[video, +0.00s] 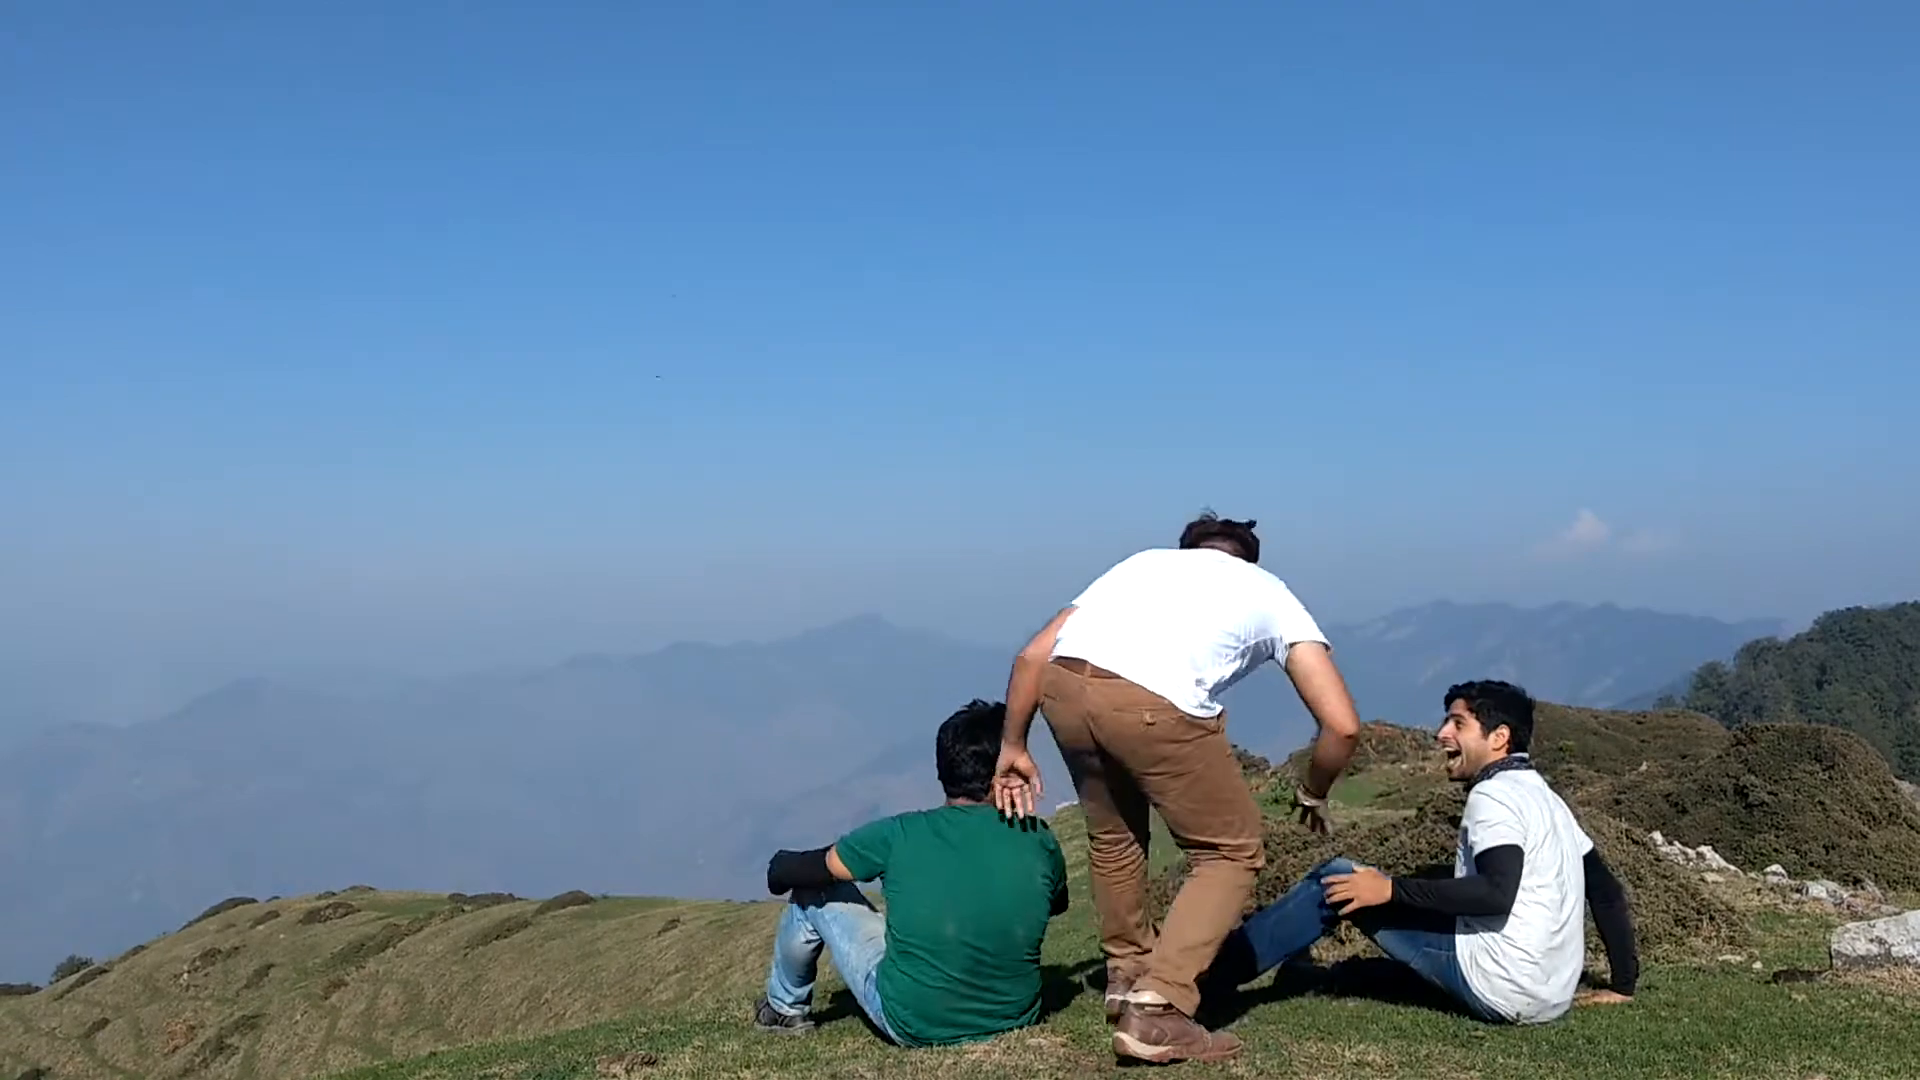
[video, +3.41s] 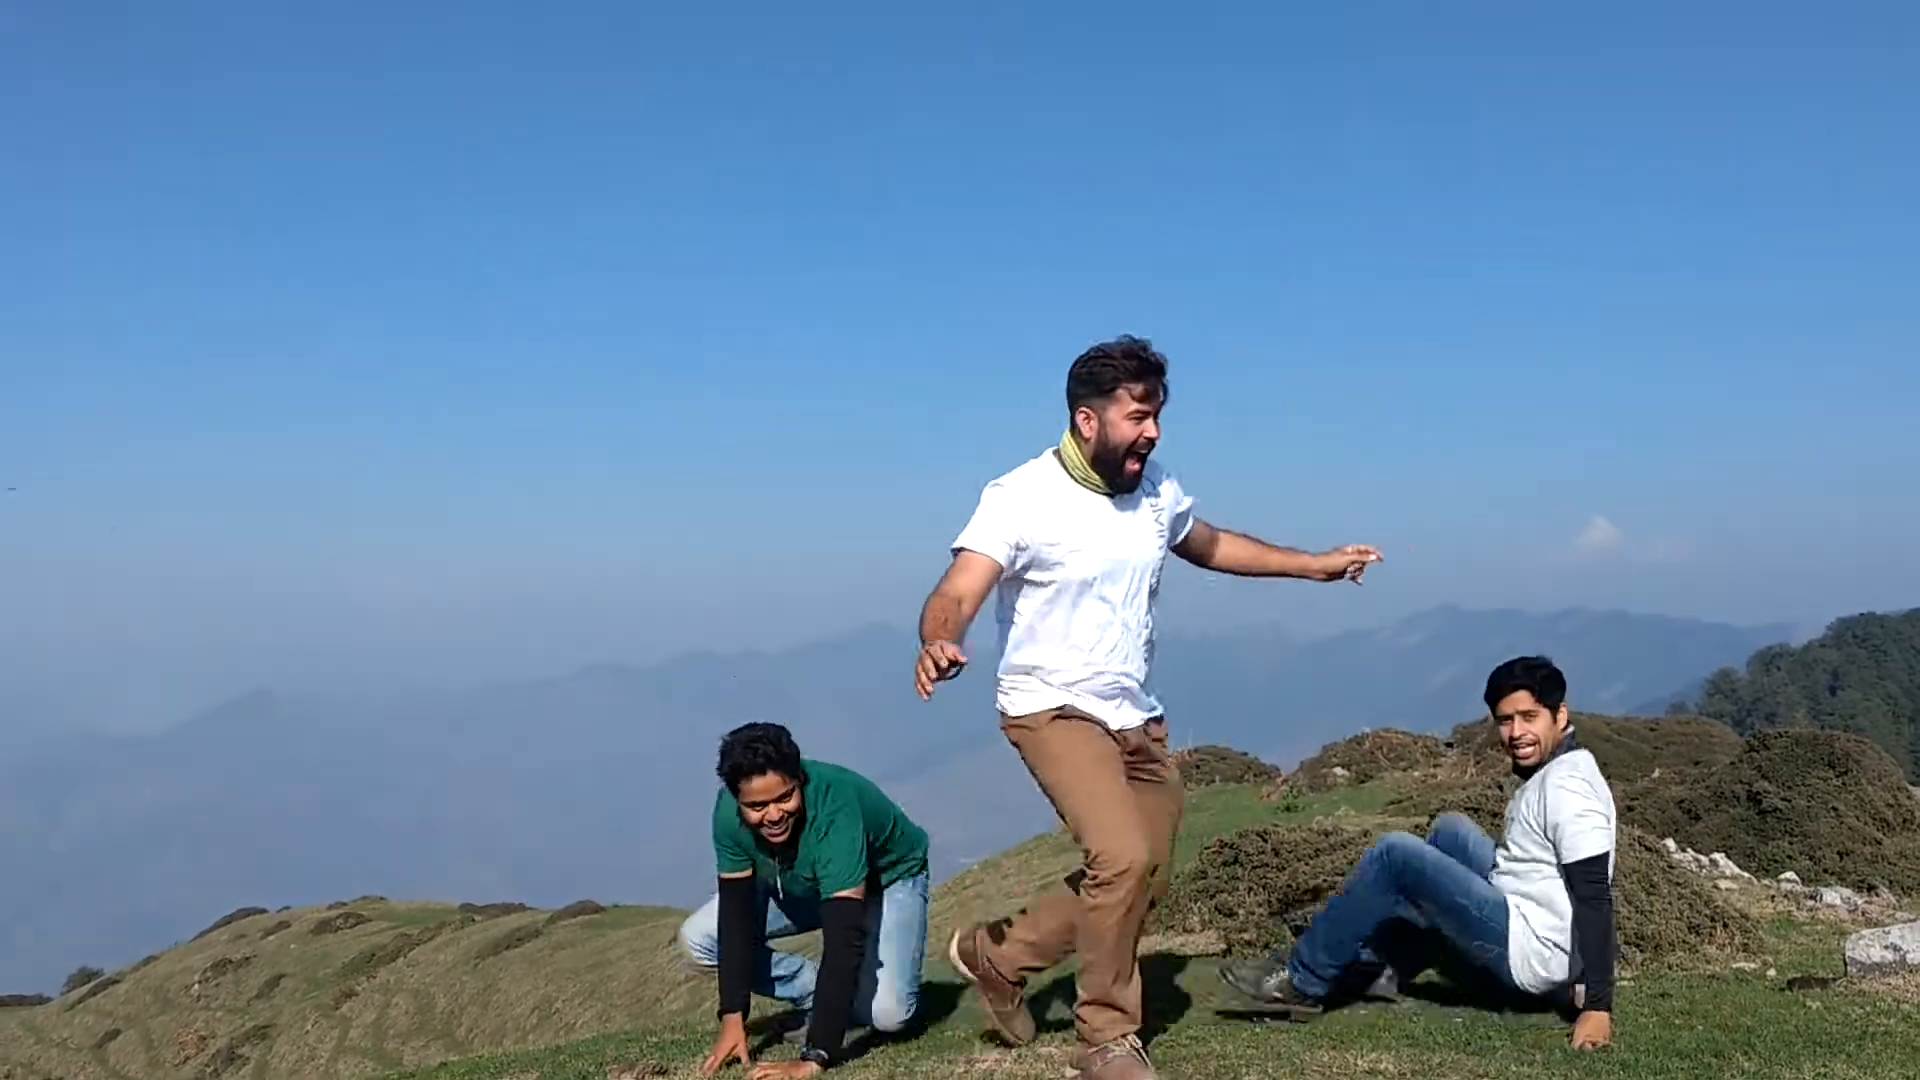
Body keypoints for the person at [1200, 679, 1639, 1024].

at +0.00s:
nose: (1442, 734)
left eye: (1457, 723)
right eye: (1446, 721)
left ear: (1500, 739)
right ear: (1504, 745)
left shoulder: (1493, 795)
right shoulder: (1548, 797)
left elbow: (1496, 893)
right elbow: (1608, 894)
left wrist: (1391, 890)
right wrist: (1626, 984)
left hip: (1498, 986)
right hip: (1549, 995)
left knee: (1337, 877)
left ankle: (1204, 978)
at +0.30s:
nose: (1443, 733)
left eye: (1458, 722)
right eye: (1445, 720)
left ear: (1501, 737)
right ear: (1503, 742)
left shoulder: (1497, 796)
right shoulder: (1544, 794)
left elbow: (1516, 889)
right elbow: (1601, 881)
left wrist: (1418, 920)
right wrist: (1618, 974)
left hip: (1498, 989)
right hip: (1546, 993)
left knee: (1334, 879)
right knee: (1433, 901)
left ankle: (1207, 975)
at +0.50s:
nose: (1448, 727)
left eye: (1464, 715)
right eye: (1451, 714)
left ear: (1507, 733)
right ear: (1507, 738)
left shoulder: (1497, 790)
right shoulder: (1543, 784)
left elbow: (1528, 895)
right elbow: (1591, 878)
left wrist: (1508, 1011)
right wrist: (1589, 973)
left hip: (1491, 979)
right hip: (1546, 988)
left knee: (1335, 879)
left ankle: (1211, 975)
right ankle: (1333, 979)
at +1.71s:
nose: (1482, 725)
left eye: (1496, 714)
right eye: (1483, 713)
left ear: (1540, 728)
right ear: (1537, 730)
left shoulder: (1542, 797)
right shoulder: (1559, 778)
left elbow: (1553, 909)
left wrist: (1517, 1010)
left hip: (1540, 983)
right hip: (1563, 964)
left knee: (1377, 944)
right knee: (1458, 887)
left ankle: (1216, 991)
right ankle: (1373, 960)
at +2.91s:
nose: (1479, 747)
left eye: (1492, 735)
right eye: (1479, 734)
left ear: (1537, 744)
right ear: (1527, 744)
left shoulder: (1556, 809)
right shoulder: (1540, 798)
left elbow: (1629, 901)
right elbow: (1599, 892)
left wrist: (1594, 1000)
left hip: (1542, 990)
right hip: (1539, 952)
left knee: (1388, 960)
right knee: (1471, 896)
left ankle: (1233, 1004)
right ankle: (1354, 965)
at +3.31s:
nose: (1514, 740)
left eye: (1527, 725)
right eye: (1504, 728)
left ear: (1563, 727)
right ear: (1496, 731)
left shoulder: (1572, 791)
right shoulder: (1554, 776)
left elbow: (1602, 901)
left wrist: (1596, 1006)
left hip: (1543, 969)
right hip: (1536, 931)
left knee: (1385, 918)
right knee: (1465, 871)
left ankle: (1244, 992)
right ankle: (1382, 970)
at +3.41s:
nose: (1514, 732)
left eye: (1527, 717)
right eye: (1504, 721)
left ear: (1561, 718)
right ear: (1496, 725)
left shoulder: (1568, 786)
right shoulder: (1556, 773)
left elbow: (1594, 899)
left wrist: (1598, 1007)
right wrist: (1582, 974)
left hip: (1530, 952)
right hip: (1532, 924)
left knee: (1394, 852)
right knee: (1452, 829)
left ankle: (1299, 983)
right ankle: (1378, 966)